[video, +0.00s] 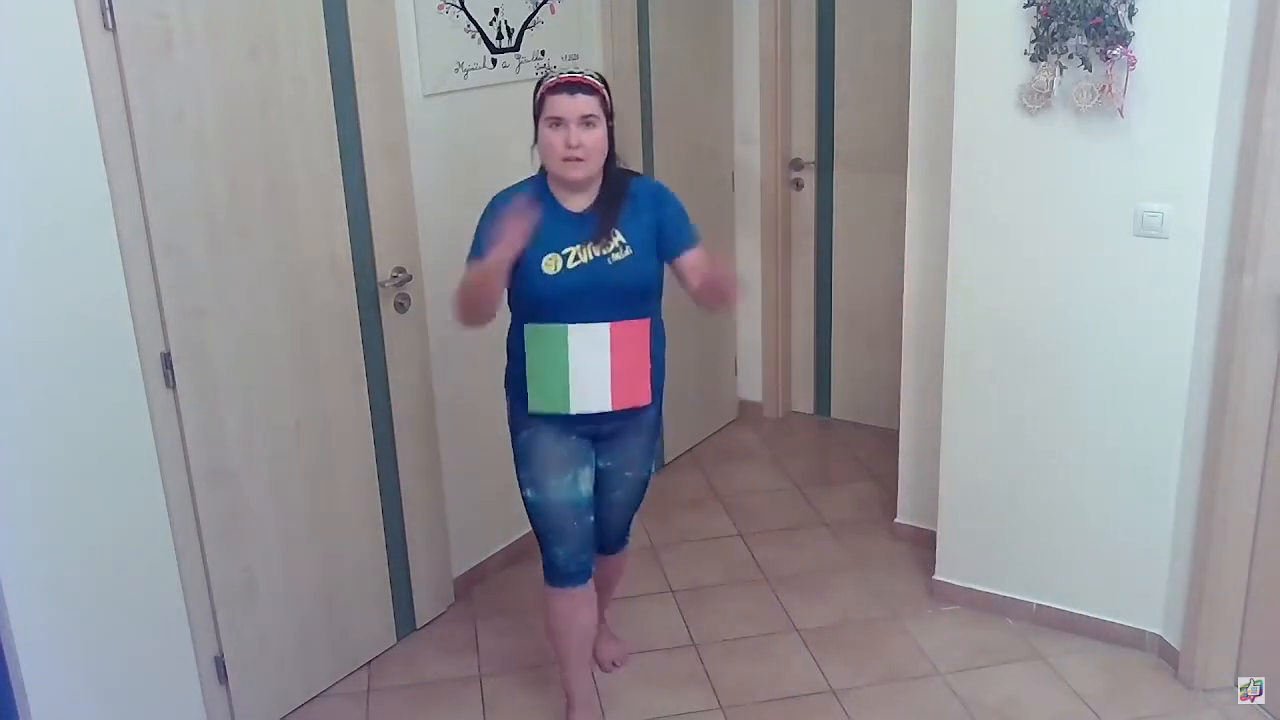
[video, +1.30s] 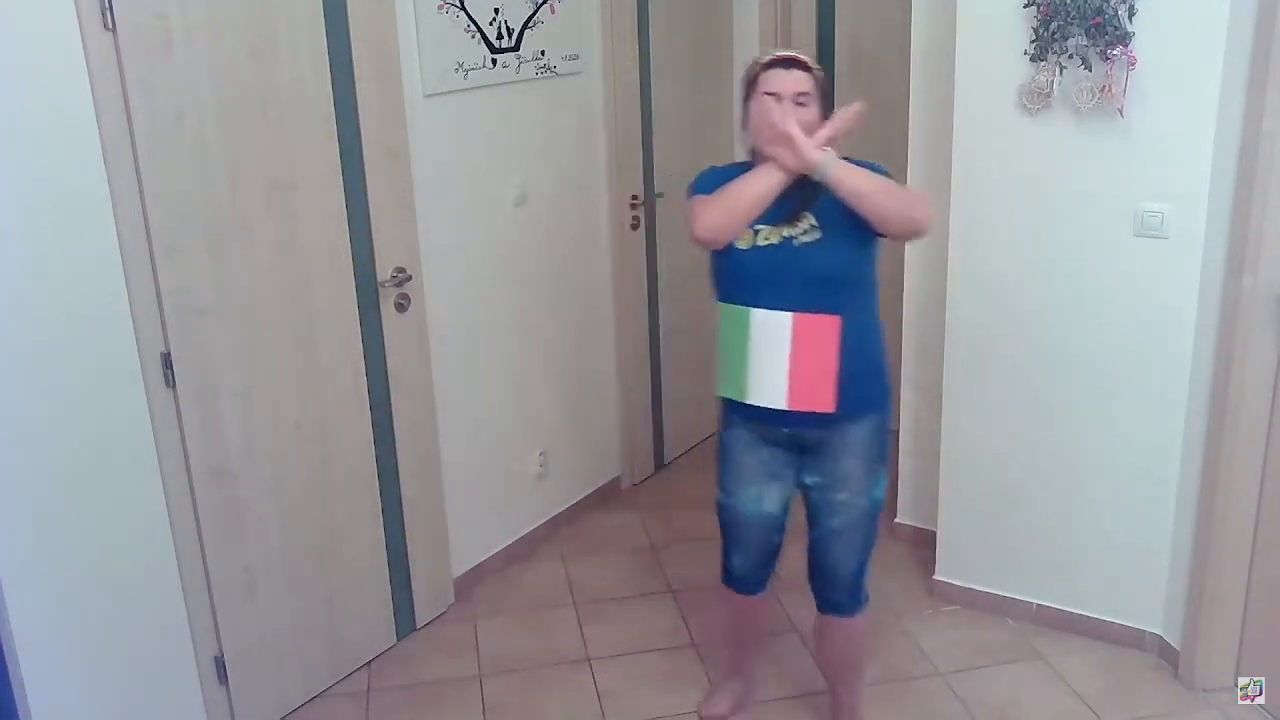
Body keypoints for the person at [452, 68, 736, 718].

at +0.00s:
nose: (574, 138)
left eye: (588, 123)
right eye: (557, 124)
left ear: (609, 133)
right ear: (536, 135)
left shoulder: (649, 201)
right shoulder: (513, 208)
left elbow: (711, 293)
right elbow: (471, 312)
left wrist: (716, 283)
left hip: (632, 409)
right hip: (546, 413)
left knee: (612, 538)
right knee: (568, 561)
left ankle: (601, 618)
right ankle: (580, 702)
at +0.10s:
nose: (582, 134)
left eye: (596, 119)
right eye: (566, 120)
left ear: (620, 128)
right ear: (547, 131)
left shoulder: (655, 186)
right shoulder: (523, 191)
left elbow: (717, 258)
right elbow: (514, 262)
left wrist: (659, 213)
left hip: (633, 394)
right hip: (546, 395)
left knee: (608, 535)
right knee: (556, 548)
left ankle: (600, 618)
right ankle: (579, 678)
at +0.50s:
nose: (611, 117)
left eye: (625, 105)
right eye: (596, 106)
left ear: (647, 114)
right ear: (577, 116)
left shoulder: (676, 173)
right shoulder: (552, 177)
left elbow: (715, 229)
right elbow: (536, 227)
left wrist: (634, 171)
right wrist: (606, 163)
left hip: (658, 382)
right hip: (575, 383)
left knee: (621, 521)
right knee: (625, 532)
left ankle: (598, 616)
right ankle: (635, 670)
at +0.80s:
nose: (661, 125)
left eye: (675, 114)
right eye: (645, 116)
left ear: (699, 127)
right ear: (626, 130)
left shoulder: (726, 188)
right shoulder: (603, 196)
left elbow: (756, 246)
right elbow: (575, 249)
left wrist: (674, 188)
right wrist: (645, 183)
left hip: (719, 401)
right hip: (638, 407)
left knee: (701, 540)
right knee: (698, 553)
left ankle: (618, 601)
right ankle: (709, 681)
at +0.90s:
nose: (678, 116)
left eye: (692, 105)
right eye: (662, 106)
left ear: (716, 120)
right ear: (642, 122)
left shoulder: (745, 179)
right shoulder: (621, 187)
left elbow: (779, 230)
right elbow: (594, 237)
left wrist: (695, 174)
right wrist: (664, 171)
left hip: (735, 397)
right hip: (651, 404)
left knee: (746, 542)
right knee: (699, 553)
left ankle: (681, 577)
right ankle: (709, 679)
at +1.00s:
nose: (707, 104)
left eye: (720, 93)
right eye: (690, 93)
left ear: (740, 106)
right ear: (667, 108)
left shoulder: (770, 166)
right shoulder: (641, 175)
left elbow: (812, 211)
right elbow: (623, 221)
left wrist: (729, 154)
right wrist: (701, 153)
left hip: (763, 393)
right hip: (672, 400)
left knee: (787, 541)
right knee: (703, 549)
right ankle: (710, 676)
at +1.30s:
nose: (786, 114)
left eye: (802, 102)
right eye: (771, 100)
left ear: (823, 117)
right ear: (744, 113)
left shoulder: (857, 179)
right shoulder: (720, 182)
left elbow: (915, 218)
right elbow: (709, 229)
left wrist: (814, 160)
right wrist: (796, 157)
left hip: (848, 418)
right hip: (752, 417)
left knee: (840, 584)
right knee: (743, 571)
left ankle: (846, 705)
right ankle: (739, 681)